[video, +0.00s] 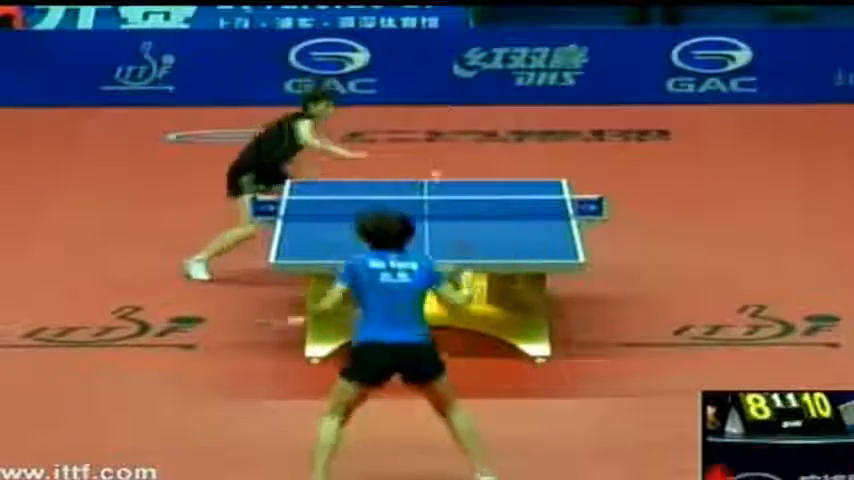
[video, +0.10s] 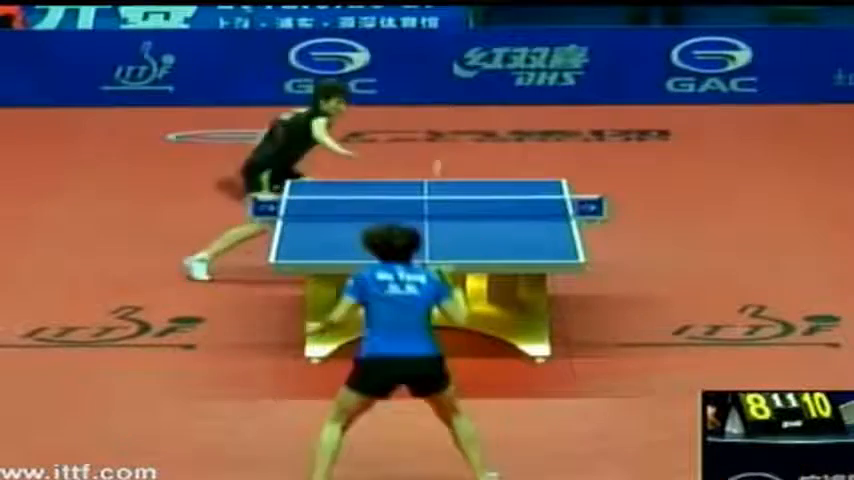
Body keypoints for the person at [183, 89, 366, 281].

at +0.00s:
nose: (329, 112)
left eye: (330, 107)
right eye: (326, 107)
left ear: (319, 110)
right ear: (313, 107)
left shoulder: (306, 124)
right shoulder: (301, 123)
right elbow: (314, 144)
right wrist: (348, 154)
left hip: (270, 172)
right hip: (246, 173)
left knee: (301, 203)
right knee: (249, 226)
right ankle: (199, 260)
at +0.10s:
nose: (343, 108)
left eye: (343, 103)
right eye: (339, 102)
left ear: (322, 103)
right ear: (324, 102)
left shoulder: (305, 114)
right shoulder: (318, 120)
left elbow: (282, 118)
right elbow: (322, 137)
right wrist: (343, 151)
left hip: (280, 169)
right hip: (261, 171)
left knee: (313, 195)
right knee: (261, 224)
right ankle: (201, 259)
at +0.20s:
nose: (350, 91)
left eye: (350, 86)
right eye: (346, 86)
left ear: (340, 89)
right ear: (332, 87)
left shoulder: (330, 109)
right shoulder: (310, 104)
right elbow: (280, 107)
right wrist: (292, 117)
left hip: (303, 162)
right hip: (276, 161)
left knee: (333, 191)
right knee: (260, 212)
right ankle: (215, 251)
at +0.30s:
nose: (338, 82)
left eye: (341, 78)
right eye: (335, 76)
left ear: (341, 81)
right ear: (323, 73)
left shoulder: (331, 98)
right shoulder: (289, 90)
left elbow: (342, 127)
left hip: (312, 150)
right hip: (281, 150)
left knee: (337, 194)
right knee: (262, 198)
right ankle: (229, 240)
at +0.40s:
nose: (317, 64)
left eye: (320, 58)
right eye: (313, 58)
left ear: (322, 60)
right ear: (301, 58)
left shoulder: (326, 79)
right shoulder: (277, 77)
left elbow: (339, 62)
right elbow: (233, 97)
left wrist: (316, 43)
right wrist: (252, 86)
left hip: (320, 145)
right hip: (285, 145)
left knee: (346, 191)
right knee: (257, 188)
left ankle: (349, 235)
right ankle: (230, 223)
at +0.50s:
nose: (296, 59)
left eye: (302, 54)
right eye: (291, 54)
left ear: (310, 55)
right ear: (284, 55)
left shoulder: (318, 74)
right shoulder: (274, 79)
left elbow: (314, 50)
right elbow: (233, 99)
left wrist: (283, 40)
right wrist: (240, 92)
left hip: (321, 138)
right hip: (287, 139)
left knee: (344, 191)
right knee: (257, 188)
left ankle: (347, 238)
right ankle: (231, 225)